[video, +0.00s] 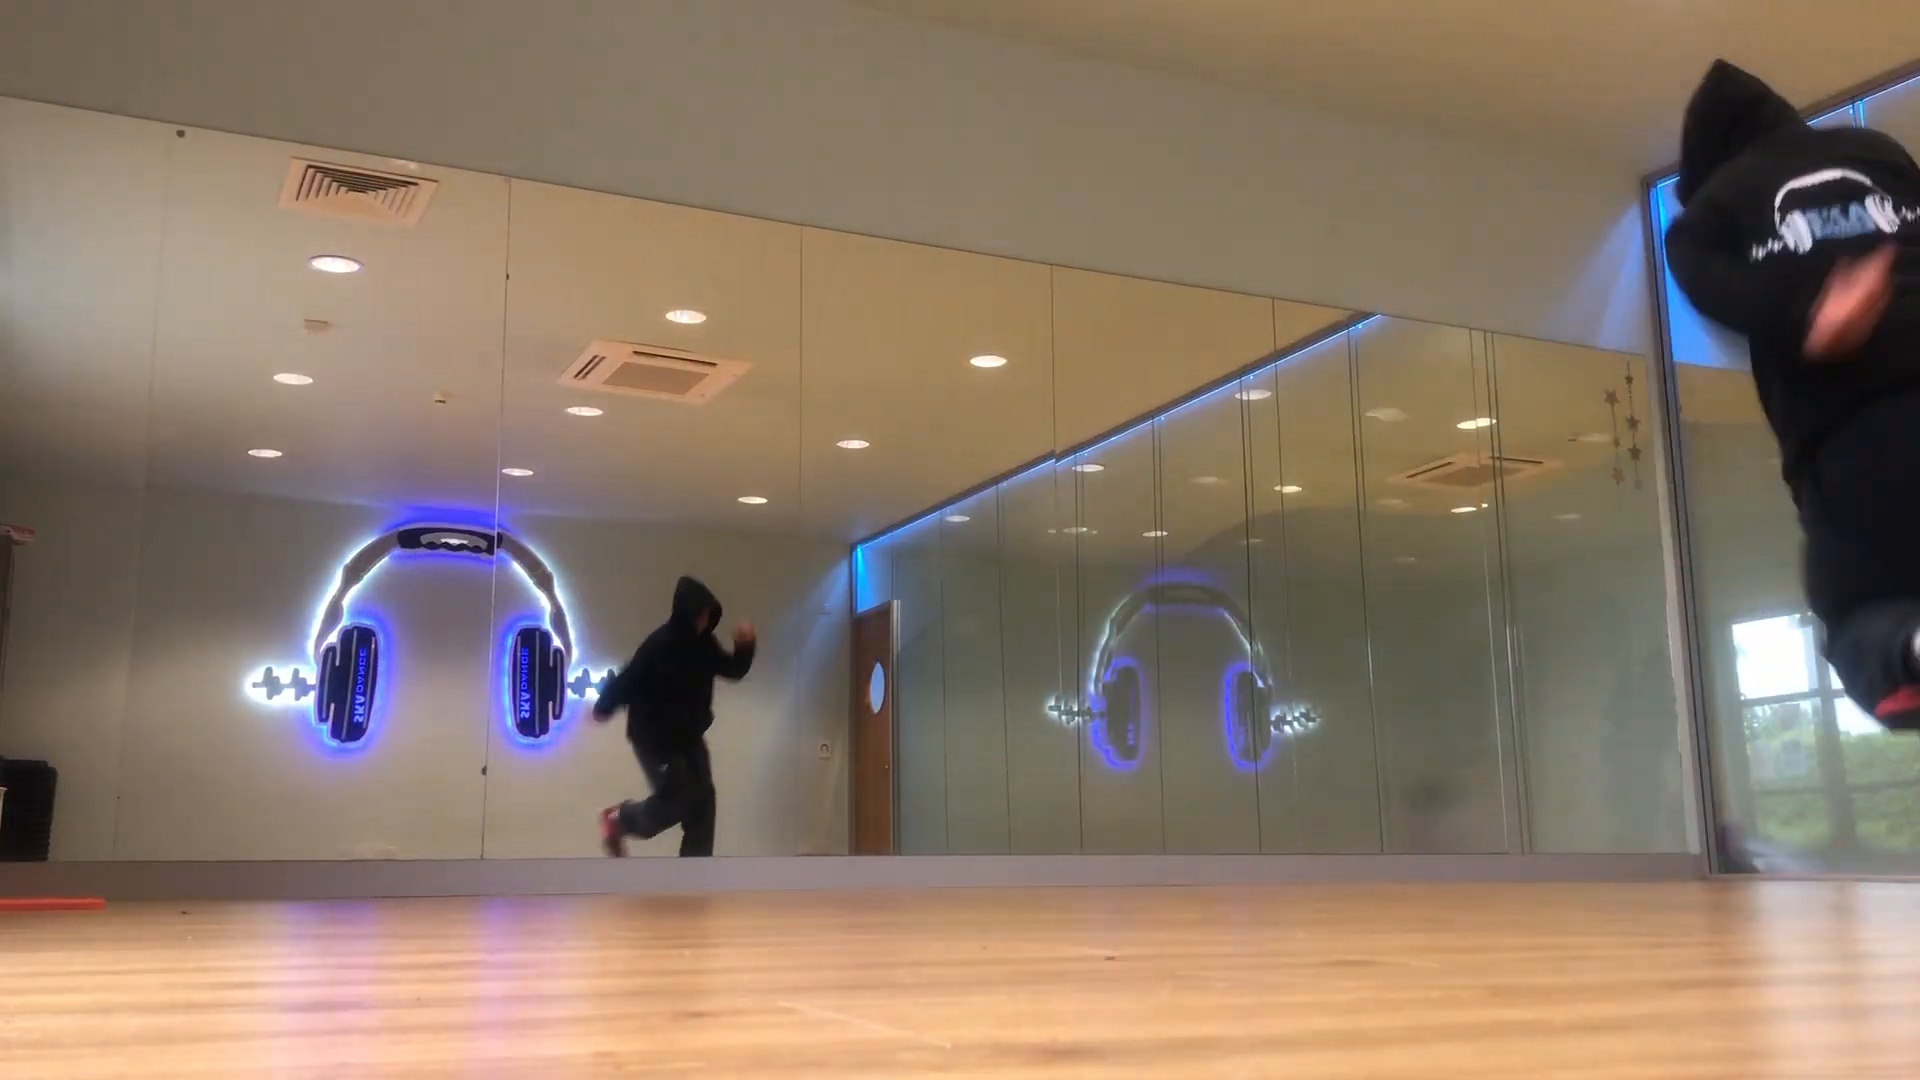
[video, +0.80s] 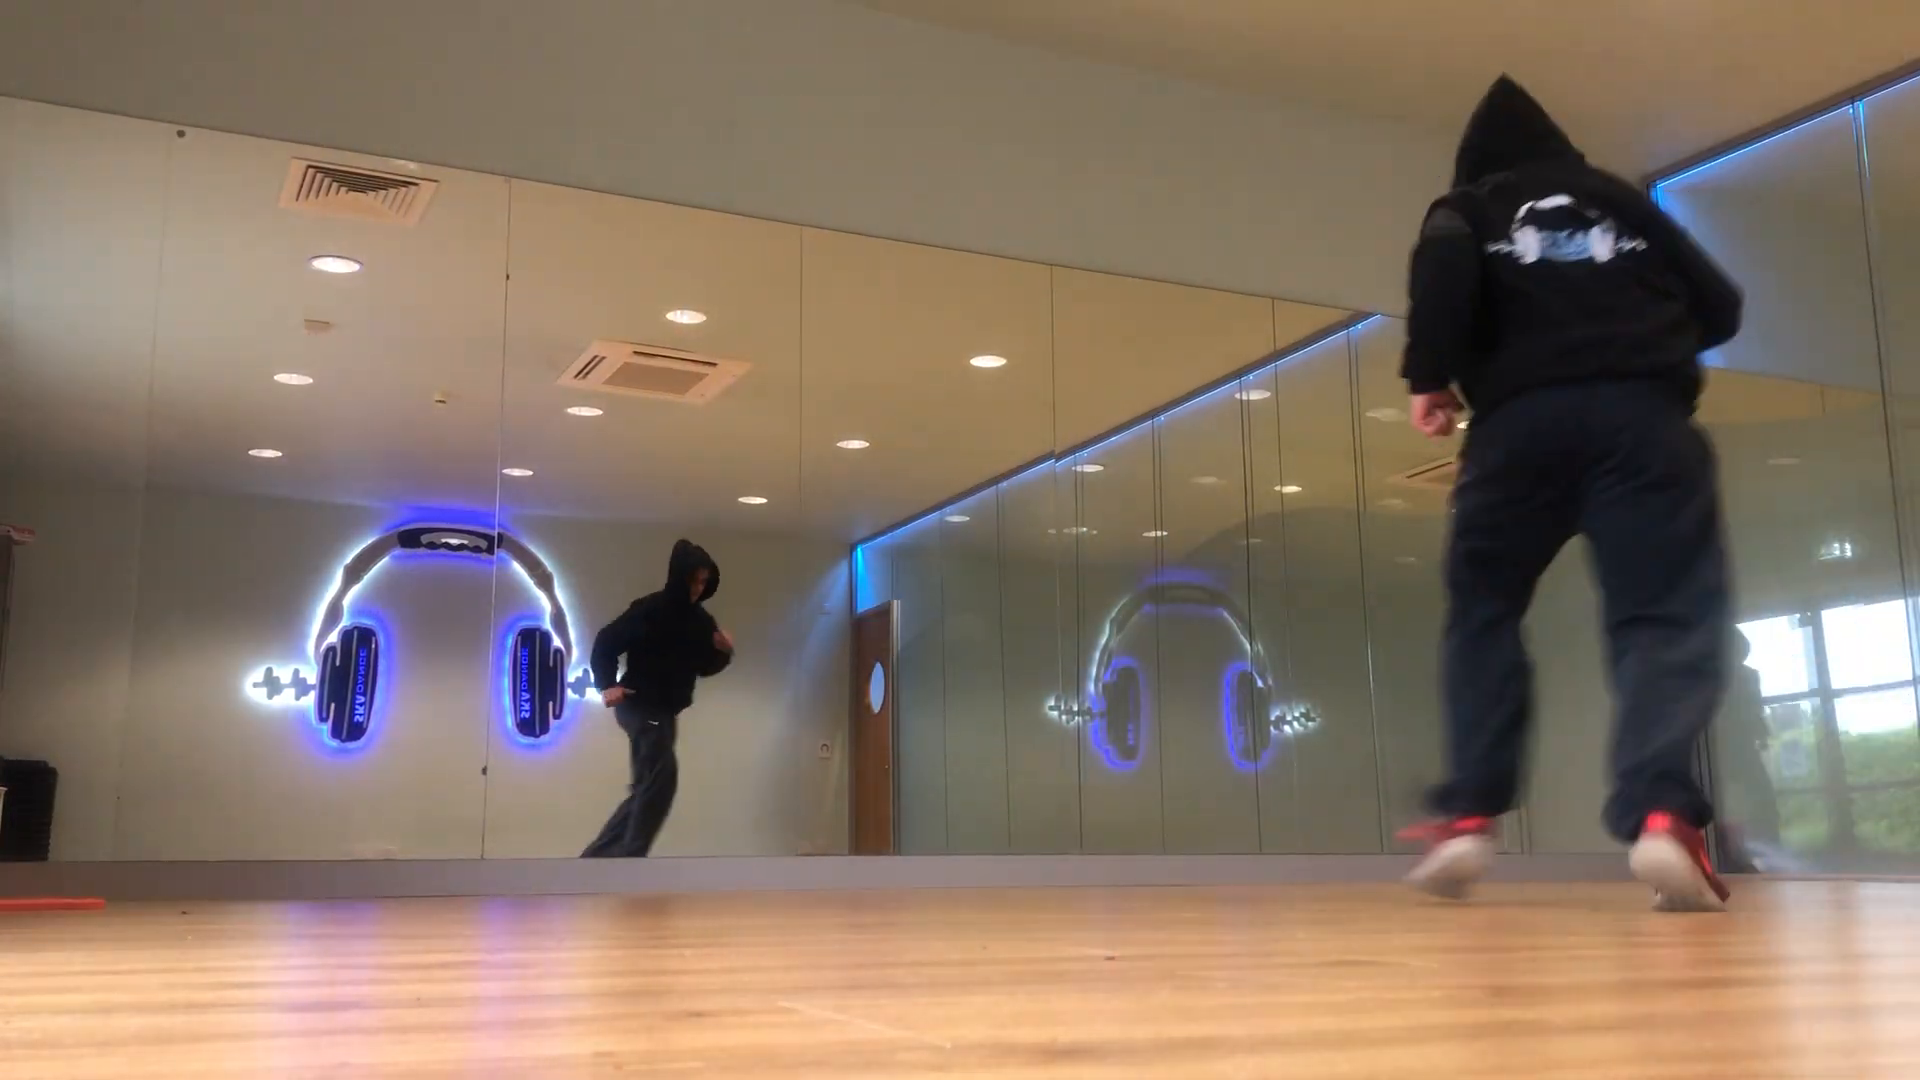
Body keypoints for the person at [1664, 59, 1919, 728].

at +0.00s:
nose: (1691, 176)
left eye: (1694, 161)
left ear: (1710, 141)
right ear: (1777, 113)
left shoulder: (1717, 198)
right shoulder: (1880, 149)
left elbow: (1705, 274)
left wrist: (1804, 301)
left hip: (1850, 425)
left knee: (1859, 608)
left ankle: (1900, 653)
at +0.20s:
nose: (1650, 153)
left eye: (1648, 139)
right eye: (1646, 145)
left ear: (1658, 114)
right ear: (1709, 89)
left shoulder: (1691, 116)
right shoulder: (1801, 131)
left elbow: (1719, 178)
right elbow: (1910, 195)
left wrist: (1703, 322)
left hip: (1835, 375)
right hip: (1896, 364)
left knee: (1724, 555)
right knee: (1886, 580)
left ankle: (1847, 760)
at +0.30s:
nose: (1636, 221)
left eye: (1632, 203)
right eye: (1626, 209)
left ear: (1656, 175)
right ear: (1678, 158)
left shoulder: (1728, 191)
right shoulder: (1757, 185)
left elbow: (1725, 288)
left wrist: (1647, 342)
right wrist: (1670, 340)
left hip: (1859, 441)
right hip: (1885, 440)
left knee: (1720, 597)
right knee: (1888, 648)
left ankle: (1695, 817)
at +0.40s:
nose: (1600, 299)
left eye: (1597, 281)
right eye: (1591, 285)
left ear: (1623, 257)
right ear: (1647, 236)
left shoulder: (1704, 285)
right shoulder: (1733, 270)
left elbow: (1685, 433)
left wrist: (1635, 412)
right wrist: (1656, 402)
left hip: (1840, 508)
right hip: (1888, 504)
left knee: (1688, 622)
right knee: (1891, 700)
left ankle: (1651, 841)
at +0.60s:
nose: (1483, 257)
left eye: (1484, 241)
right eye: (1482, 245)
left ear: (1499, 219)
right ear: (1551, 197)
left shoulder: (1520, 256)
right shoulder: (1641, 242)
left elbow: (1506, 377)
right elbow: (1765, 288)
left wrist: (1487, 457)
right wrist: (1871, 342)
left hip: (1689, 448)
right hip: (1776, 431)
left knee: (1600, 631)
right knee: (1751, 639)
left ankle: (1647, 848)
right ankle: (1915, 722)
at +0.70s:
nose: (1466, 189)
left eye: (1467, 177)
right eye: (1469, 179)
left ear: (1483, 160)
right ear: (1547, 141)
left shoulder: (1488, 208)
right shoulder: (1648, 185)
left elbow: (1471, 315)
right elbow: (1749, 278)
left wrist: (1457, 432)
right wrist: (1740, 392)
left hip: (1596, 415)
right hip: (1712, 402)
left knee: (1544, 595)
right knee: (1714, 592)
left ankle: (1595, 817)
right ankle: (1779, 737)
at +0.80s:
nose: (1468, 173)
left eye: (1469, 162)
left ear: (1476, 157)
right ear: (1555, 146)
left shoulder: (1464, 208)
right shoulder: (1624, 201)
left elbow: (1443, 275)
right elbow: (1720, 307)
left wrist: (1428, 377)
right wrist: (1635, 344)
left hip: (1521, 430)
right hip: (1647, 423)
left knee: (1483, 611)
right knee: (1665, 622)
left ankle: (1468, 816)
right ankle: (1663, 816)